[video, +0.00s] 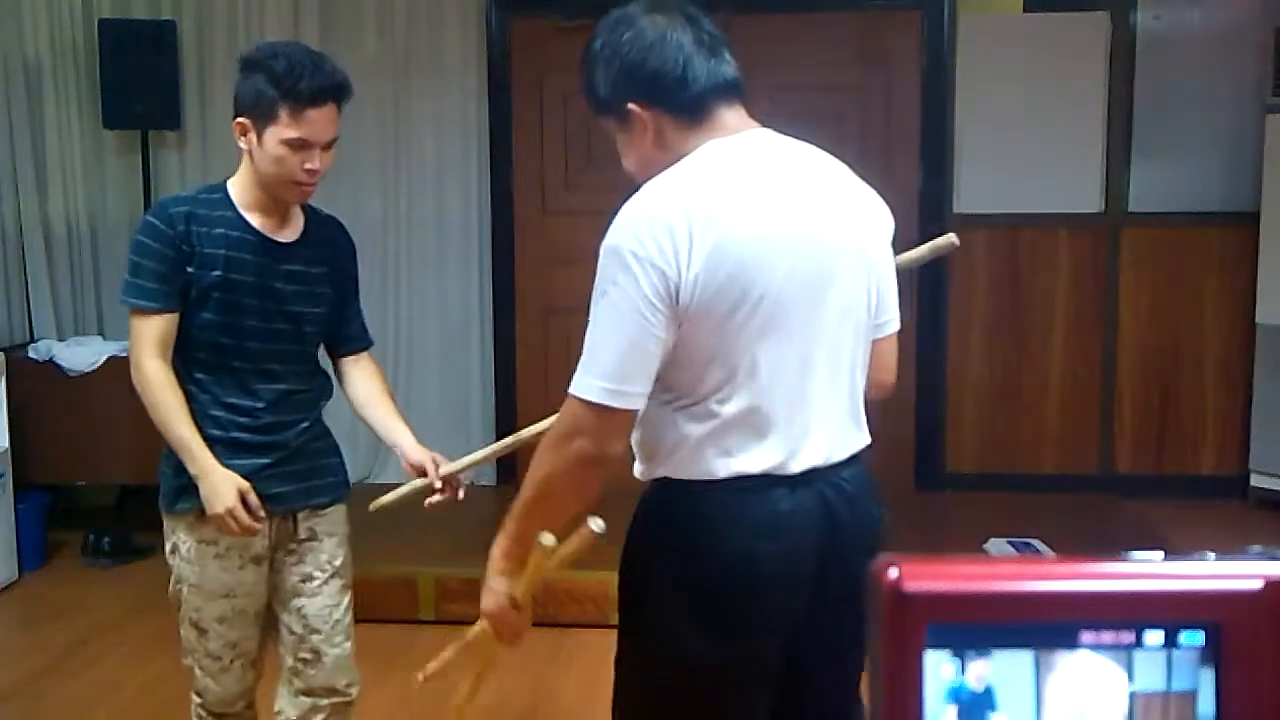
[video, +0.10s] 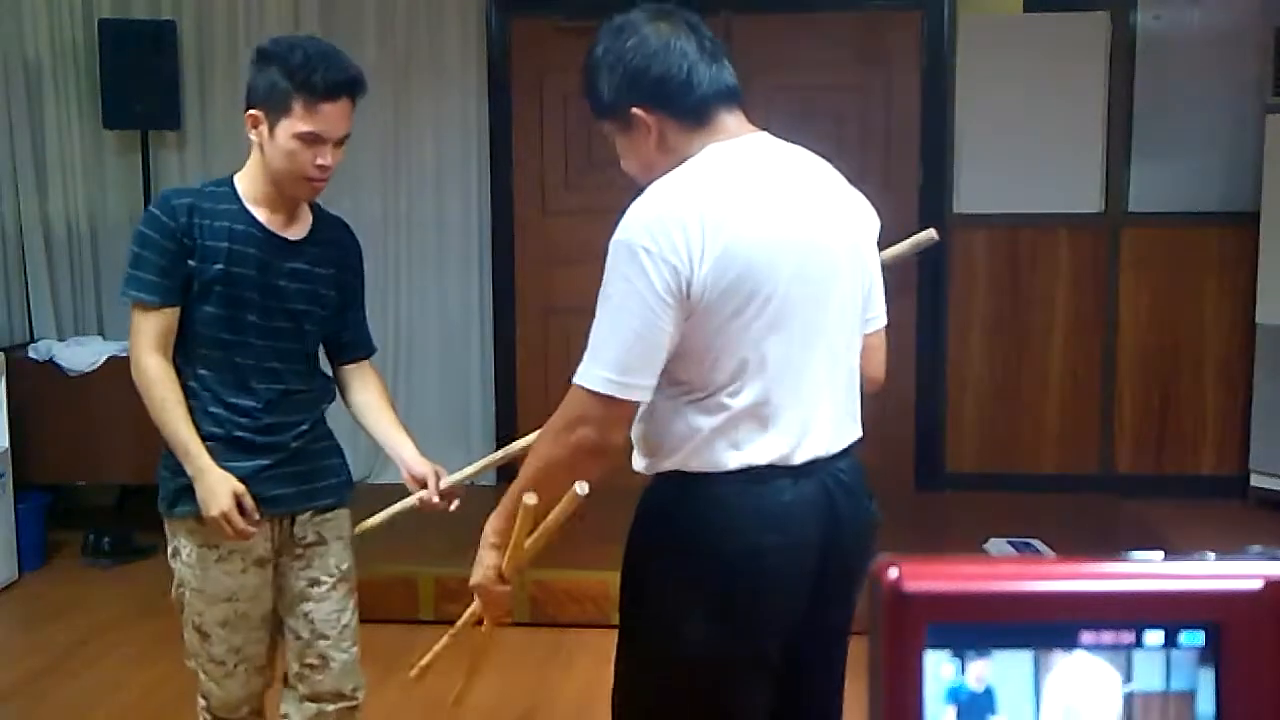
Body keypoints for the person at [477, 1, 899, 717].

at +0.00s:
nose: (623, 164)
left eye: (614, 137)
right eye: (613, 141)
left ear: (643, 119)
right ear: (726, 85)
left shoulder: (657, 218)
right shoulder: (850, 191)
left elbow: (594, 438)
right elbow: (879, 375)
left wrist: (508, 556)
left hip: (710, 538)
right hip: (841, 521)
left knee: (676, 713)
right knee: (823, 711)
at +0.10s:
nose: (622, 166)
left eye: (614, 142)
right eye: (611, 145)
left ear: (647, 123)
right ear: (723, 89)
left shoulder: (664, 215)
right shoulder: (835, 189)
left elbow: (595, 430)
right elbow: (871, 368)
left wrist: (498, 536)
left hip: (712, 529)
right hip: (834, 515)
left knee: (670, 709)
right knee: (809, 709)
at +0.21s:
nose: (629, 173)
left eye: (623, 151)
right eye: (618, 153)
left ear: (661, 131)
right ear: (729, 100)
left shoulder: (681, 217)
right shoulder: (830, 194)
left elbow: (624, 420)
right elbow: (864, 368)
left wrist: (523, 534)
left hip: (720, 514)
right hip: (832, 501)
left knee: (673, 708)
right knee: (807, 709)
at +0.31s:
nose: (639, 173)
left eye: (635, 152)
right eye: (630, 155)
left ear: (674, 135)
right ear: (735, 110)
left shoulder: (711, 217)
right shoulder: (824, 188)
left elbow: (684, 419)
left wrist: (578, 543)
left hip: (744, 505)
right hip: (835, 490)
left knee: (685, 705)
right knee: (795, 704)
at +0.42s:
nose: (648, 173)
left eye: (646, 152)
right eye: (638, 156)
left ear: (689, 132)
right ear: (734, 113)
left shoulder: (740, 209)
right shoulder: (813, 178)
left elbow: (757, 397)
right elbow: (816, 339)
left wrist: (656, 531)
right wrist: (693, 362)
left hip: (773, 489)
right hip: (835, 472)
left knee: (718, 704)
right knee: (782, 703)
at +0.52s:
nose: (660, 172)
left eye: (660, 150)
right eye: (651, 154)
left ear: (706, 132)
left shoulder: (773, 204)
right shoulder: (808, 173)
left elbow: (808, 382)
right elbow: (800, 343)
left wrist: (715, 522)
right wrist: (694, 365)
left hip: (798, 474)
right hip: (835, 460)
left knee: (755, 698)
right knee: (784, 696)